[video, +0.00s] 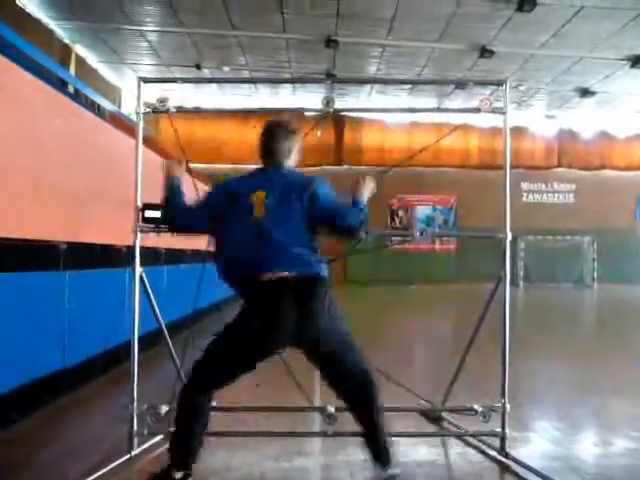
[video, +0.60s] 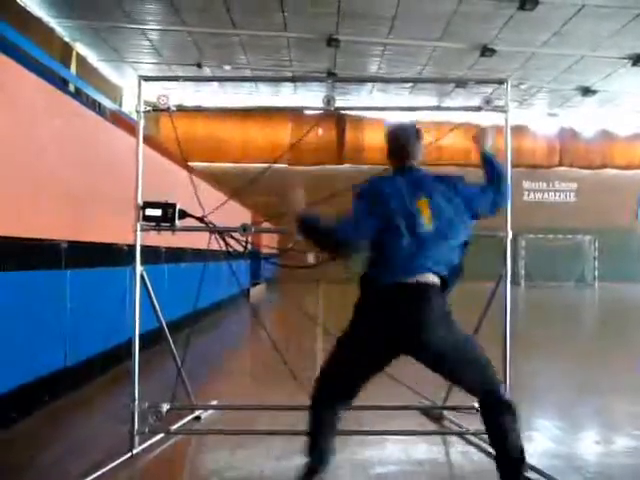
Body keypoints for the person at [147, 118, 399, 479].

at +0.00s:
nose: (298, 155)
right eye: (298, 150)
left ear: (261, 152)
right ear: (295, 153)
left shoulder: (229, 192)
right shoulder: (307, 188)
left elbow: (179, 220)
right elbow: (350, 224)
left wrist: (174, 182)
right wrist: (362, 197)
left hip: (262, 308)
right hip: (311, 304)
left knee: (199, 382)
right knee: (355, 378)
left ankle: (180, 467)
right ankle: (383, 458)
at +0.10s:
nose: (325, 142)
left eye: (324, 136)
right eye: (323, 136)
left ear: (287, 138)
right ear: (315, 138)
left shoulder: (260, 178)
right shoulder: (335, 171)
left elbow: (219, 224)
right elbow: (386, 203)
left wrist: (211, 204)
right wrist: (382, 174)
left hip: (284, 292)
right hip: (330, 292)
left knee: (229, 378)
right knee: (346, 385)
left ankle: (191, 460)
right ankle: (343, 471)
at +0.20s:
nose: (346, 145)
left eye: (345, 139)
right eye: (344, 139)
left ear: (304, 140)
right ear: (337, 141)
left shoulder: (271, 173)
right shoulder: (348, 177)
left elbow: (227, 171)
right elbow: (395, 220)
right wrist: (403, 183)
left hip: (297, 304)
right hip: (347, 305)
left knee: (249, 385)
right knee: (379, 374)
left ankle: (238, 471)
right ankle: (369, 460)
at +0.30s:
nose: (373, 135)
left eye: (368, 129)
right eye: (373, 130)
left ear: (339, 131)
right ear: (373, 134)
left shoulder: (303, 161)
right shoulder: (389, 172)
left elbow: (254, 145)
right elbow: (448, 192)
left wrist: (266, 112)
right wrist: (458, 154)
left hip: (318, 298)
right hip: (370, 297)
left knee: (266, 388)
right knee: (437, 364)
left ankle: (233, 470)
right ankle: (453, 453)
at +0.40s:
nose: (402, 135)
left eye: (392, 131)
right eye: (405, 131)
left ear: (377, 139)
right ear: (410, 138)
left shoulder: (351, 173)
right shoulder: (431, 172)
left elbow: (287, 187)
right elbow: (472, 152)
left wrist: (272, 152)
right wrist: (485, 117)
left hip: (343, 305)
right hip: (395, 308)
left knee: (280, 379)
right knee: (457, 385)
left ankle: (209, 461)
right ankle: (503, 466)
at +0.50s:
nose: (432, 152)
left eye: (428, 147)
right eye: (430, 148)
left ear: (402, 160)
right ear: (431, 158)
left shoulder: (390, 199)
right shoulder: (450, 190)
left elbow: (356, 242)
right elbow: (473, 155)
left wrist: (307, 229)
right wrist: (485, 116)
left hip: (374, 313)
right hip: (422, 316)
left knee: (306, 389)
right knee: (491, 388)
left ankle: (231, 463)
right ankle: (515, 472)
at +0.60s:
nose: (397, 153)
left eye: (393, 147)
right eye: (415, 145)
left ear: (389, 152)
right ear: (421, 150)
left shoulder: (377, 191)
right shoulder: (452, 191)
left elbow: (349, 239)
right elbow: (497, 197)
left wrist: (306, 222)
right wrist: (487, 154)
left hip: (378, 315)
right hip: (427, 315)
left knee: (329, 391)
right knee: (489, 388)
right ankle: (513, 471)